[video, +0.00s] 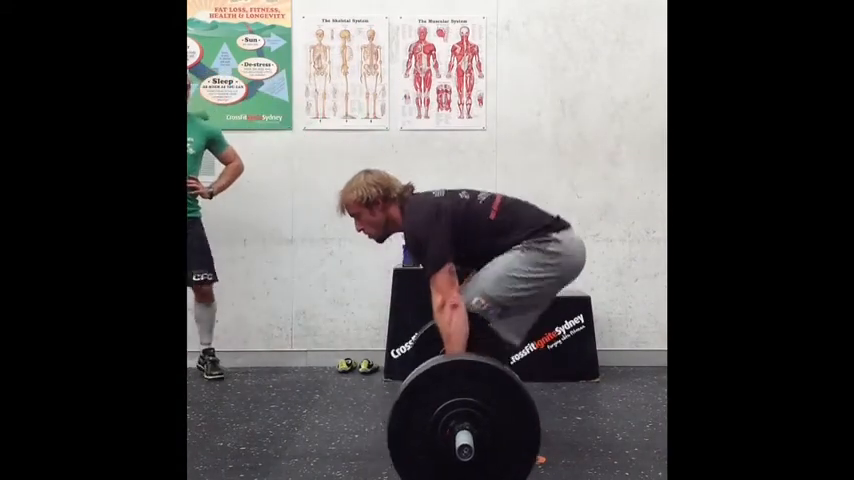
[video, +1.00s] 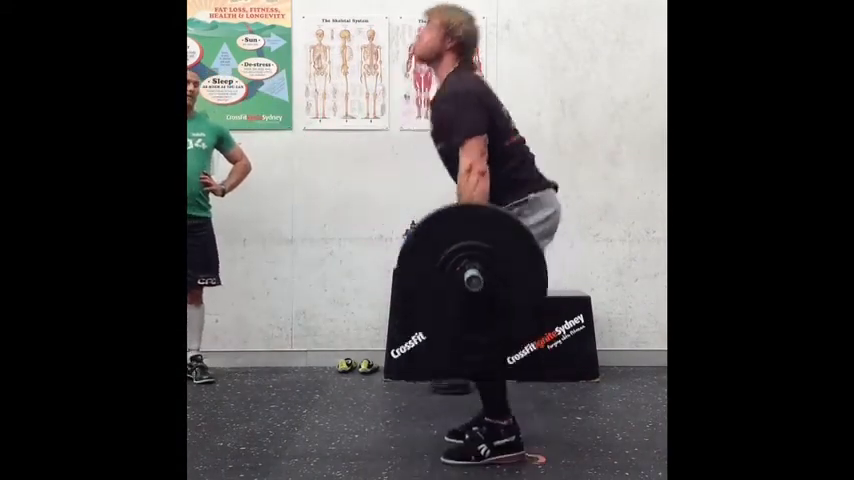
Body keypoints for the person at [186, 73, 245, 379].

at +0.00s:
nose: (185, 92)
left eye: (187, 86)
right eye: (185, 86)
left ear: (190, 90)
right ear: (186, 91)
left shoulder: (201, 128)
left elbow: (235, 164)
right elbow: (235, 164)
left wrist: (212, 189)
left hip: (189, 216)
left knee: (203, 286)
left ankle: (207, 352)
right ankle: (207, 352)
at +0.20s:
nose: (186, 93)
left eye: (187, 87)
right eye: (185, 88)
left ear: (190, 91)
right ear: (187, 92)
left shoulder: (201, 127)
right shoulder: (200, 128)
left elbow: (234, 162)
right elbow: (234, 162)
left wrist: (212, 189)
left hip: (189, 217)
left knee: (195, 289)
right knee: (193, 291)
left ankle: (196, 358)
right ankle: (193, 358)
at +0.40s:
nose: (186, 90)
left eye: (188, 85)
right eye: (184, 85)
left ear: (193, 88)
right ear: (184, 88)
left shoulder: (205, 126)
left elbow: (240, 161)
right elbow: (240, 161)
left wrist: (218, 187)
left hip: (193, 216)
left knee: (198, 290)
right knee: (194, 291)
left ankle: (194, 357)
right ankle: (191, 358)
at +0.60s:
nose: (189, 90)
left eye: (193, 85)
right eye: (185, 84)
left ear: (198, 90)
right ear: (180, 88)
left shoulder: (211, 127)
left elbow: (247, 160)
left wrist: (225, 187)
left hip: (197, 218)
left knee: (197, 291)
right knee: (193, 291)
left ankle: (194, 356)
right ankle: (191, 357)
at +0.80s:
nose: (190, 89)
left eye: (194, 84)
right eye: (186, 84)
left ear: (199, 90)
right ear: (180, 89)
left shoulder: (211, 128)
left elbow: (245, 161)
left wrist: (225, 187)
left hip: (196, 218)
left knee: (195, 291)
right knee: (192, 292)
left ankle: (194, 357)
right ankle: (191, 357)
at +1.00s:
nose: (190, 89)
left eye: (194, 84)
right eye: (186, 83)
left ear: (199, 89)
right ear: (181, 87)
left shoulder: (210, 128)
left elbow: (243, 163)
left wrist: (224, 187)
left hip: (196, 218)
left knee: (194, 292)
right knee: (192, 292)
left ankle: (194, 357)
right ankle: (191, 358)